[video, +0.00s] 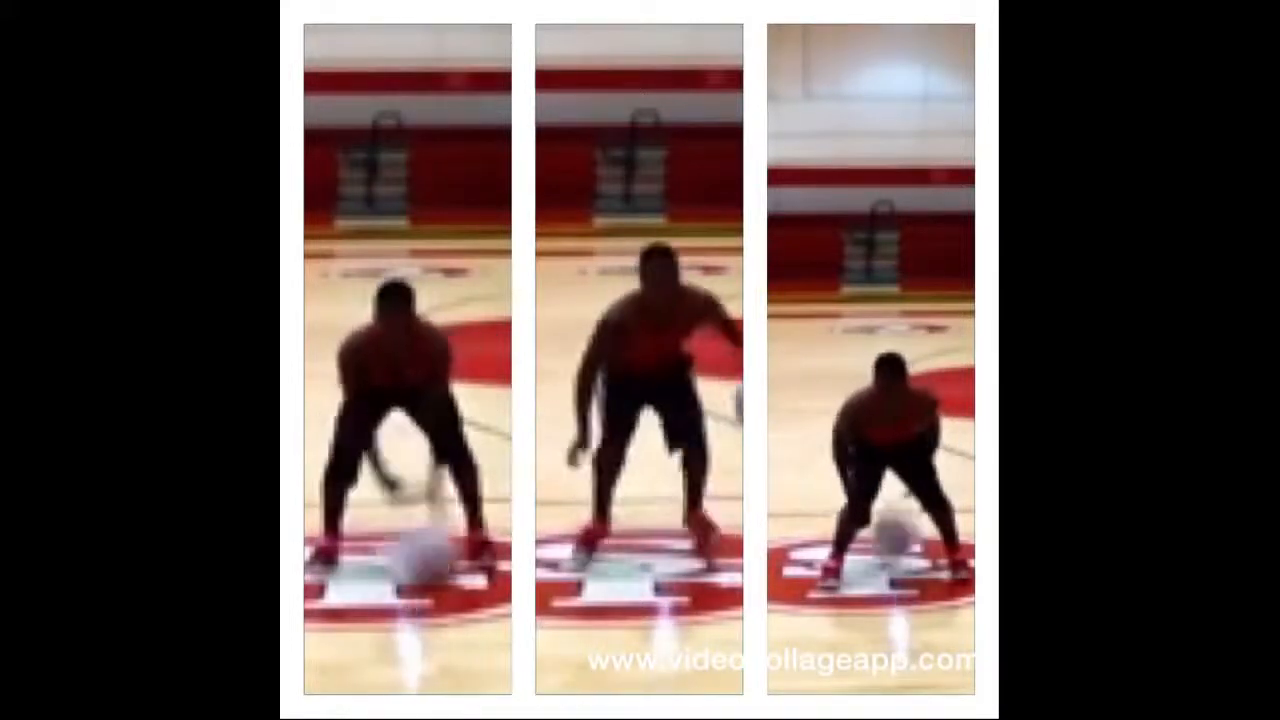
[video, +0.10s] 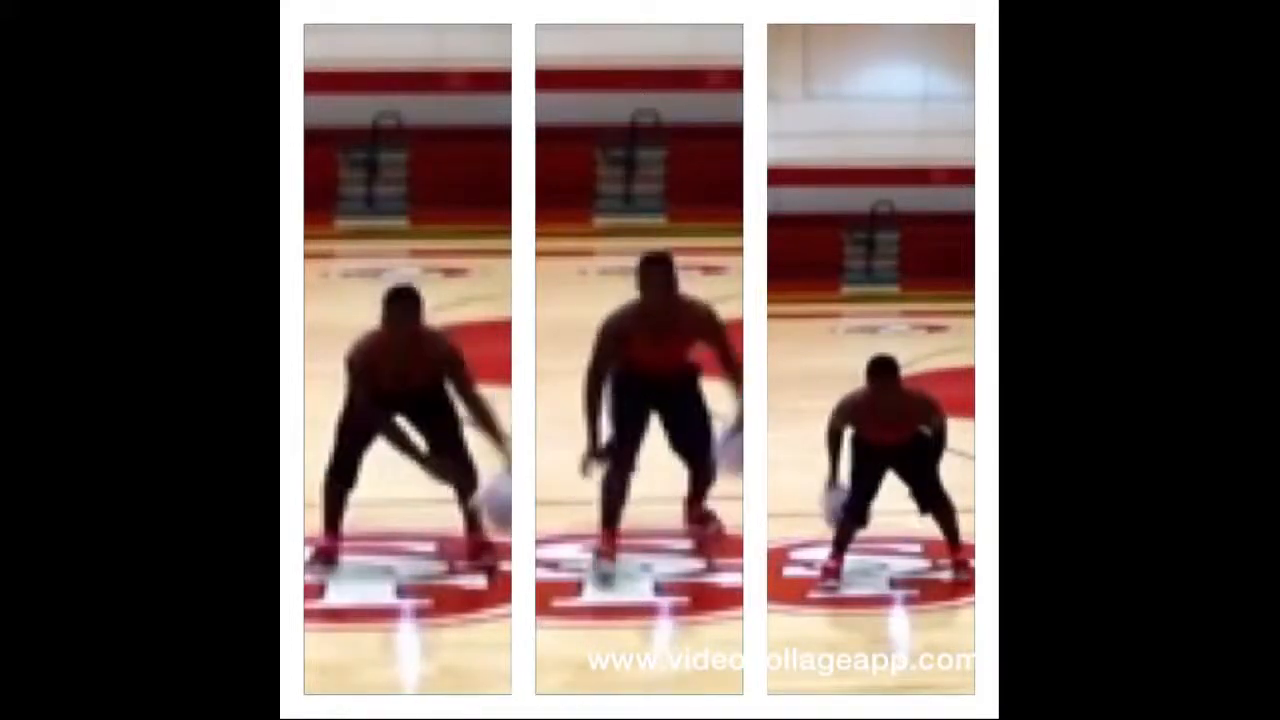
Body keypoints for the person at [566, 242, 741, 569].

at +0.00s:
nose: (663, 288)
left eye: (668, 279)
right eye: (655, 280)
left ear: (678, 277)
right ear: (642, 280)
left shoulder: (697, 304)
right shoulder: (619, 317)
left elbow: (735, 336)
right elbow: (586, 373)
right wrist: (583, 432)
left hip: (671, 378)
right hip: (623, 382)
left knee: (696, 449)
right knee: (609, 453)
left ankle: (694, 514)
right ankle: (600, 521)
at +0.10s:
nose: (658, 295)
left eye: (664, 287)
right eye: (651, 287)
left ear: (674, 285)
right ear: (639, 287)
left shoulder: (698, 317)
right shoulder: (620, 325)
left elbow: (730, 363)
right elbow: (594, 381)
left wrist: (744, 405)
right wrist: (594, 439)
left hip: (679, 385)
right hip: (631, 387)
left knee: (703, 459)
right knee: (621, 460)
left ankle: (696, 509)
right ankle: (608, 537)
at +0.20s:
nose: (657, 304)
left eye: (663, 296)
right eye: (650, 296)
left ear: (673, 295)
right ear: (639, 297)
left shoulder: (695, 330)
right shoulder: (622, 336)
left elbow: (699, 392)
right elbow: (609, 393)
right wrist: (613, 444)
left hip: (685, 403)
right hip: (641, 405)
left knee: (716, 460)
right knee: (632, 471)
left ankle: (695, 507)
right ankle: (612, 540)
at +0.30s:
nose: (647, 295)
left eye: (654, 287)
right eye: (642, 286)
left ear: (668, 286)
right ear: (634, 286)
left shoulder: (696, 323)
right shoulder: (623, 321)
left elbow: (703, 388)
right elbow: (604, 360)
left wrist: (684, 429)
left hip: (690, 392)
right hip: (646, 392)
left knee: (710, 469)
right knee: (640, 457)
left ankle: (695, 508)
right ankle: (613, 534)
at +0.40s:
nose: (649, 281)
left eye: (656, 272)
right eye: (643, 273)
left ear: (667, 272)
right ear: (632, 272)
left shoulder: (691, 306)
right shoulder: (616, 301)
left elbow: (723, 357)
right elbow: (583, 332)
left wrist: (712, 399)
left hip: (691, 377)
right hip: (645, 375)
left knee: (708, 455)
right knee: (628, 453)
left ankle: (701, 495)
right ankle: (618, 527)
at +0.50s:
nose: (651, 281)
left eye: (658, 274)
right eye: (645, 273)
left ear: (669, 274)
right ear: (636, 273)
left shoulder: (693, 310)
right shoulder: (615, 306)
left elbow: (723, 358)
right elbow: (579, 342)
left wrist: (722, 407)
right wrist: (560, 384)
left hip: (688, 376)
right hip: (643, 375)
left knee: (697, 445)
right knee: (615, 450)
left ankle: (723, 510)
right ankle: (620, 516)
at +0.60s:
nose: (657, 294)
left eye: (664, 286)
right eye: (651, 286)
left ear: (675, 288)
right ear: (642, 286)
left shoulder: (696, 327)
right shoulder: (619, 327)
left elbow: (716, 381)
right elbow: (611, 381)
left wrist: (711, 425)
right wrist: (613, 429)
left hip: (686, 393)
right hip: (641, 390)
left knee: (697, 461)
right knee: (595, 457)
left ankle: (724, 532)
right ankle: (618, 519)